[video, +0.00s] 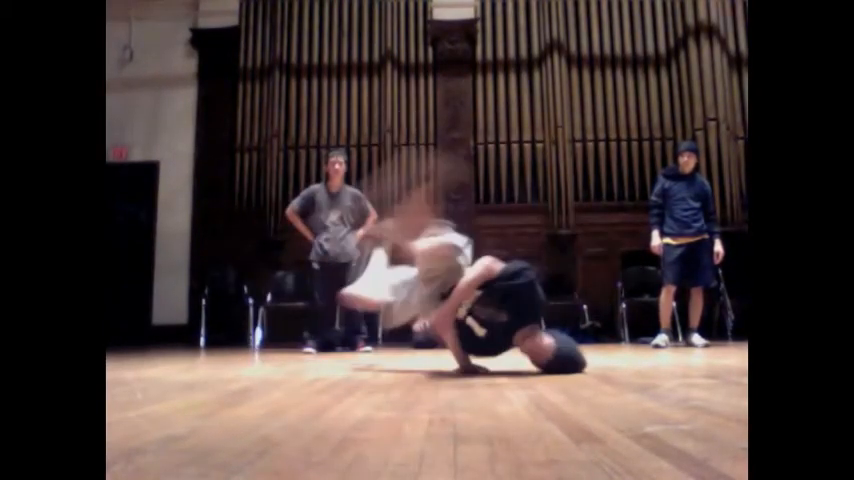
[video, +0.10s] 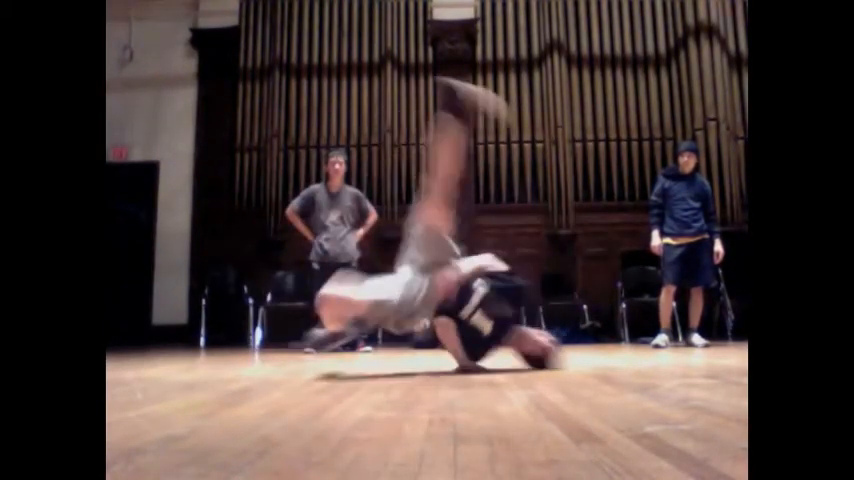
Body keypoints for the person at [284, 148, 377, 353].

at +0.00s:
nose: (336, 167)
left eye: (340, 163)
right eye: (333, 163)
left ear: (345, 168)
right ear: (326, 167)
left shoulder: (354, 195)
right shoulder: (314, 192)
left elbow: (372, 215)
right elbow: (291, 212)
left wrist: (359, 234)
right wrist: (310, 237)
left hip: (347, 252)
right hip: (322, 251)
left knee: (350, 297)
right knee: (321, 299)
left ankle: (357, 339)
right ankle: (317, 340)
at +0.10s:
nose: (336, 167)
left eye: (340, 163)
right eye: (333, 163)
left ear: (345, 168)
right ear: (326, 167)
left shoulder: (354, 194)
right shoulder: (314, 192)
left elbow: (373, 215)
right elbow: (291, 212)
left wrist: (358, 234)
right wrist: (311, 238)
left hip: (347, 254)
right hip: (322, 254)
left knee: (349, 298)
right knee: (320, 299)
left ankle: (355, 338)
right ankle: (321, 339)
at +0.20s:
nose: (336, 167)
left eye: (340, 163)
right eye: (333, 163)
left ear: (345, 168)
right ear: (326, 167)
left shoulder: (354, 194)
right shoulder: (314, 192)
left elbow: (373, 215)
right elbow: (291, 212)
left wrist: (358, 234)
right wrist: (311, 237)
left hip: (347, 254)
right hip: (322, 254)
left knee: (350, 298)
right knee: (320, 299)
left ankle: (355, 338)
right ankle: (322, 339)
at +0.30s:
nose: (337, 168)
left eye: (340, 164)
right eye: (333, 164)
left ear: (345, 167)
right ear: (327, 167)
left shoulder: (355, 197)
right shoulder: (317, 196)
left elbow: (371, 220)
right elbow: (304, 221)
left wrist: (360, 245)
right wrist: (315, 239)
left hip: (347, 257)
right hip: (321, 257)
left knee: (352, 301)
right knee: (321, 301)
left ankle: (358, 339)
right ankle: (317, 339)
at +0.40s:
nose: (337, 168)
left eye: (340, 164)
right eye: (334, 164)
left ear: (345, 168)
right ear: (327, 167)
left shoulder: (354, 195)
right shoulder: (314, 192)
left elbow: (373, 214)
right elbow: (290, 212)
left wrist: (363, 233)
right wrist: (302, 236)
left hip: (348, 253)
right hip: (318, 252)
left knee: (350, 298)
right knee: (321, 297)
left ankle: (354, 339)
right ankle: (316, 340)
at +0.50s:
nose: (337, 169)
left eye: (341, 165)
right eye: (334, 165)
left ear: (347, 169)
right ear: (327, 168)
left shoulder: (351, 195)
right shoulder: (316, 191)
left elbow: (373, 220)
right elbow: (291, 211)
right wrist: (312, 238)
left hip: (345, 251)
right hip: (324, 250)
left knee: (339, 293)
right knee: (318, 294)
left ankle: (338, 337)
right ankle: (313, 337)